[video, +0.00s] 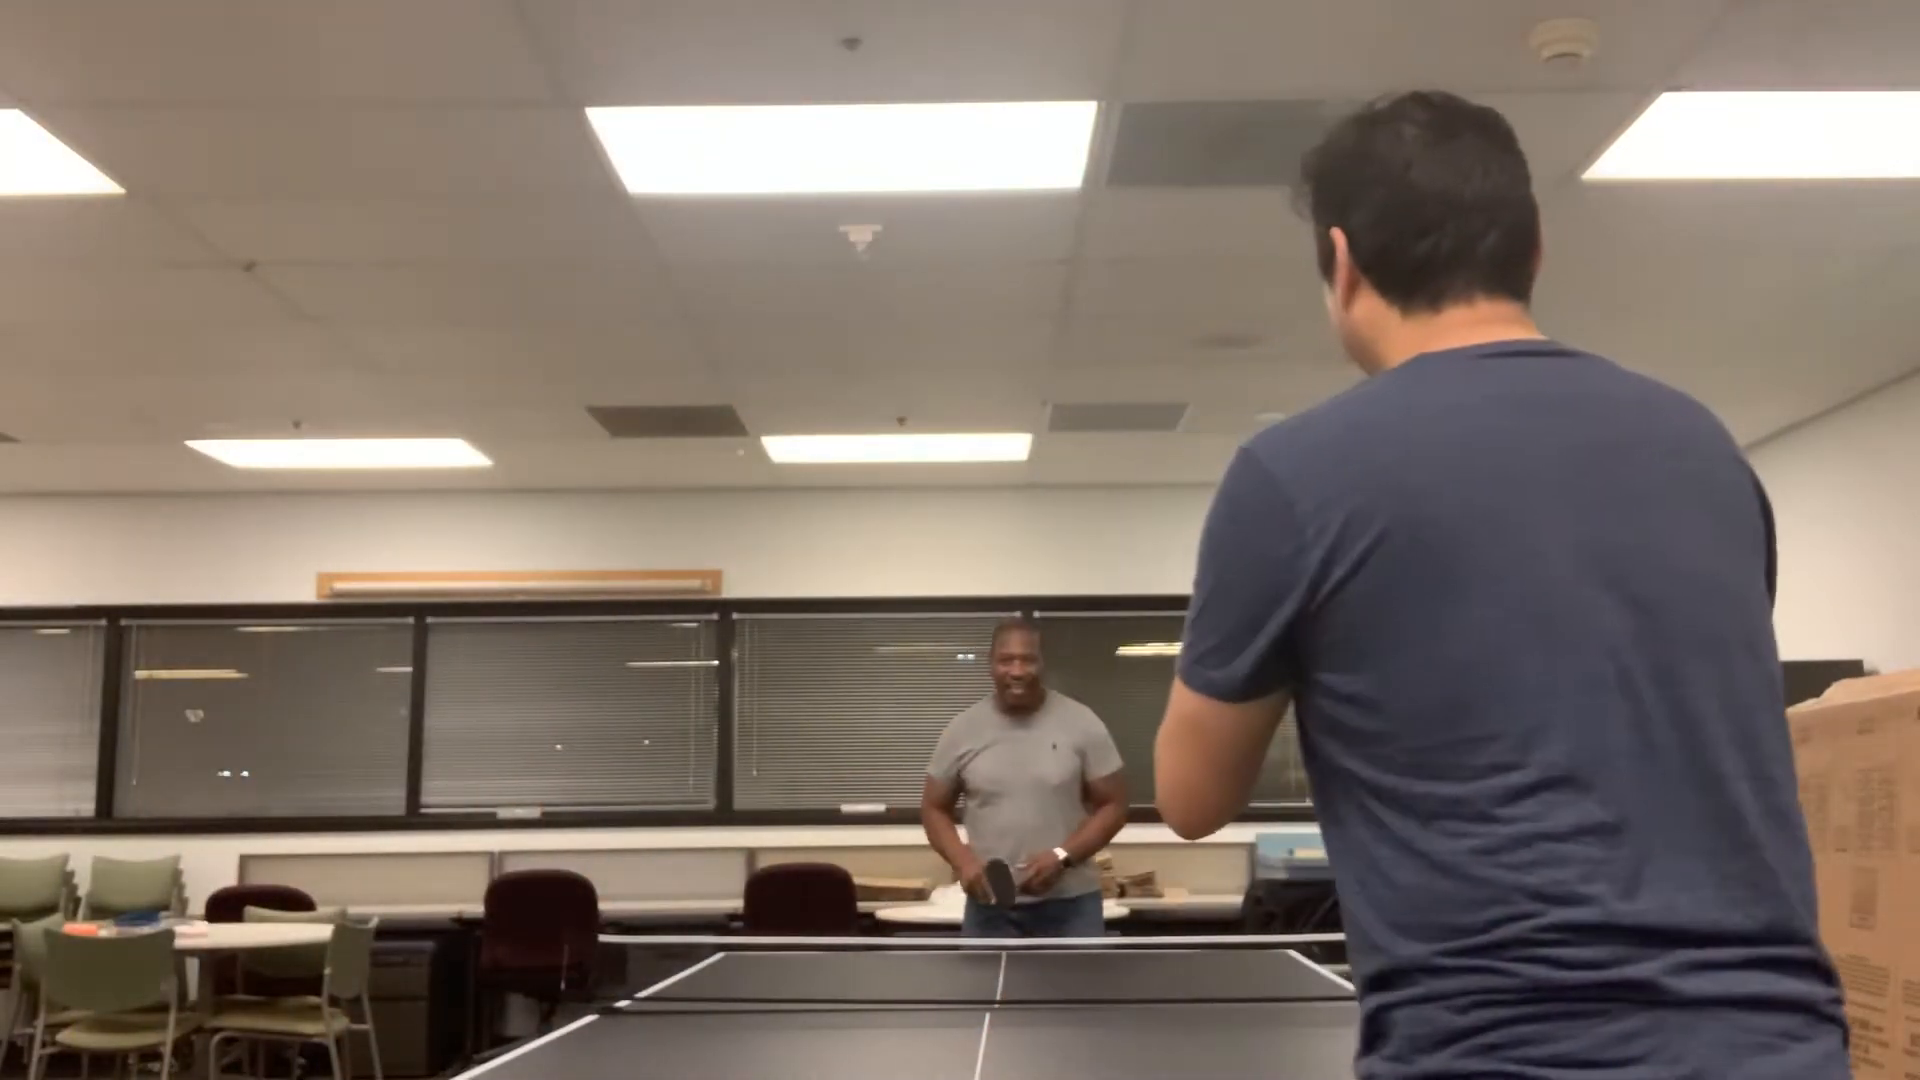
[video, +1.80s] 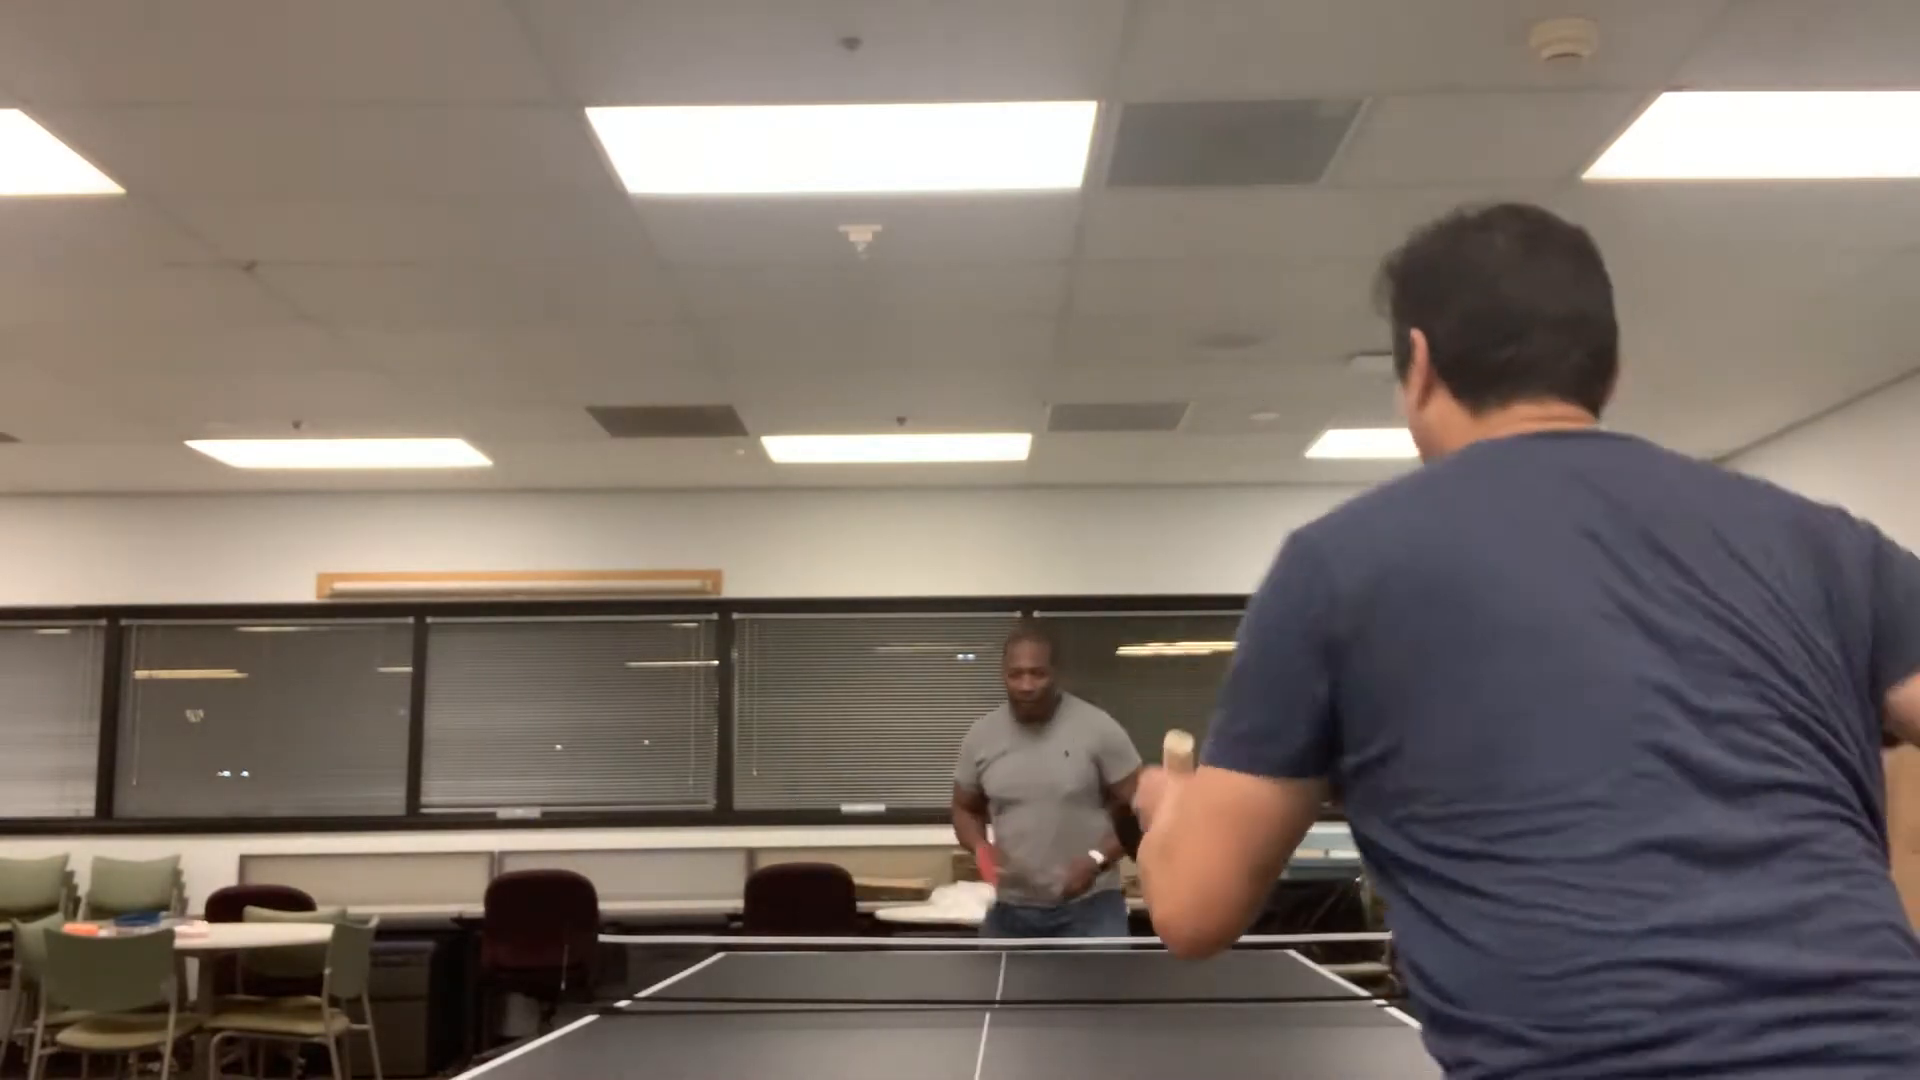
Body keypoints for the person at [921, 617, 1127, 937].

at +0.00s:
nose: (1017, 671)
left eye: (1028, 660)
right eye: (1007, 661)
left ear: (1042, 664)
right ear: (991, 665)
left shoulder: (1080, 723)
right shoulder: (963, 729)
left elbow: (1114, 806)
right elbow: (933, 809)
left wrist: (1062, 856)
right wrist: (966, 863)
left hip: (1070, 907)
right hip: (990, 909)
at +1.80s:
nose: (1026, 685)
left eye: (1037, 674)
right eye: (1016, 674)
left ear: (1054, 674)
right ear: (1004, 676)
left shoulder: (1098, 730)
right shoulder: (981, 737)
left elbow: (1142, 814)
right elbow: (965, 809)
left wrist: (1097, 859)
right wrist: (982, 849)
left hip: (1091, 913)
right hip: (1012, 914)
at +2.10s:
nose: (1070, 694)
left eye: (1084, 683)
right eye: (1062, 682)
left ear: (1109, 679)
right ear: (1054, 678)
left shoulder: (1154, 720)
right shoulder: (1033, 719)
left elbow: (1182, 794)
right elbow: (1010, 790)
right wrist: (1011, 848)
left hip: (1134, 900)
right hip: (1061, 900)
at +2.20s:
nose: (1084, 696)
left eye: (1097, 685)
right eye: (1077, 683)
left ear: (1126, 676)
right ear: (1070, 673)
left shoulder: (1176, 710)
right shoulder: (1056, 701)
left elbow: (1212, 782)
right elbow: (1026, 772)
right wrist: (1014, 822)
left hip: (1150, 884)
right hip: (1076, 884)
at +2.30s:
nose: (1101, 688)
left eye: (1115, 678)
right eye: (1094, 675)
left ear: (1143, 671)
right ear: (1088, 666)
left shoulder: (1186, 701)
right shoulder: (1071, 691)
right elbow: (1034, 758)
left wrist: (1253, 839)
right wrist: (1027, 800)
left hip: (1161, 880)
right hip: (1086, 877)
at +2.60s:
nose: (1126, 671)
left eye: (1139, 660)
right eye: (1117, 659)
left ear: (1162, 661)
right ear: (1106, 661)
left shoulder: (1198, 719)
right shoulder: (1077, 708)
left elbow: (1237, 803)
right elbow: (1045, 781)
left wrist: (1245, 895)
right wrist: (1057, 835)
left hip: (1162, 900)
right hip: (1086, 894)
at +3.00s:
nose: (1085, 678)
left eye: (1096, 667)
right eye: (1076, 667)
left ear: (1112, 671)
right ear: (1062, 671)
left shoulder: (1147, 730)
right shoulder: (1027, 726)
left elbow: (1175, 812)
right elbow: (986, 798)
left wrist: (1184, 898)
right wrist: (1016, 859)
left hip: (1124, 902)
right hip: (1050, 902)